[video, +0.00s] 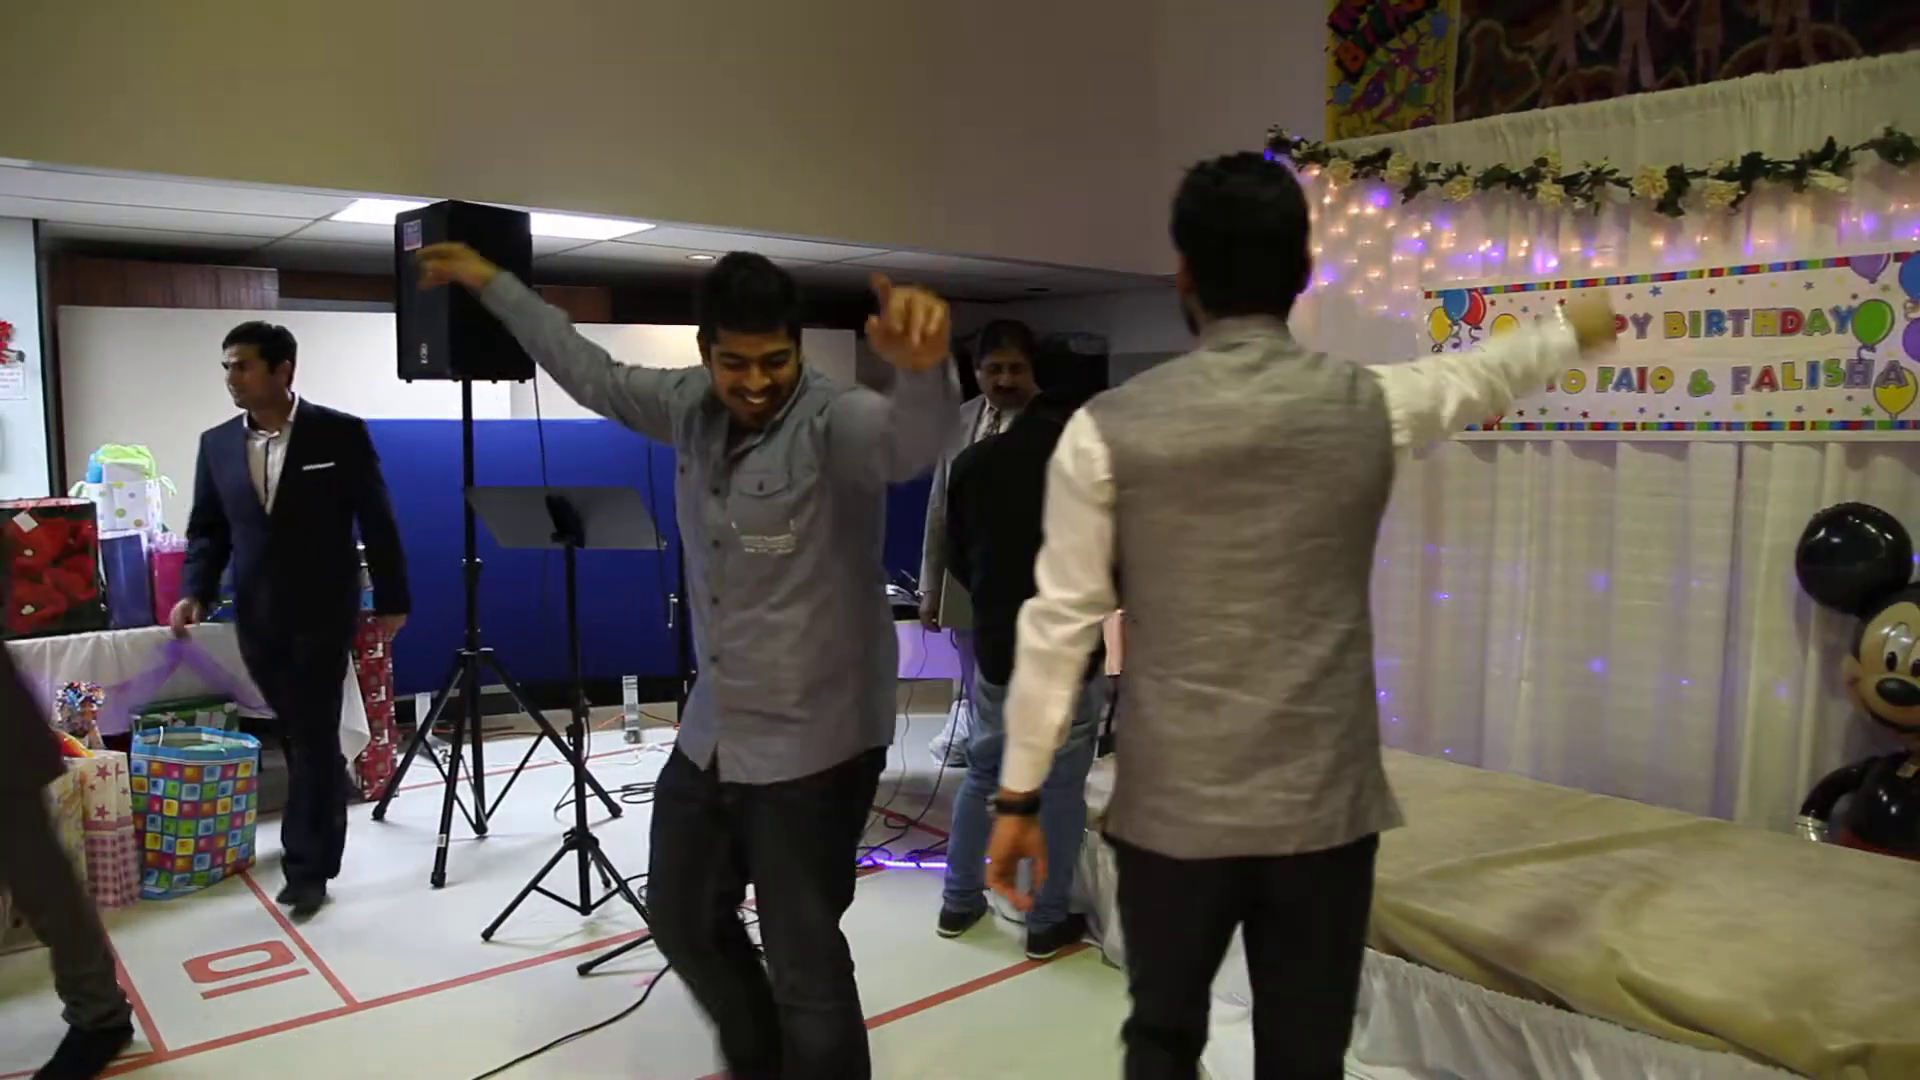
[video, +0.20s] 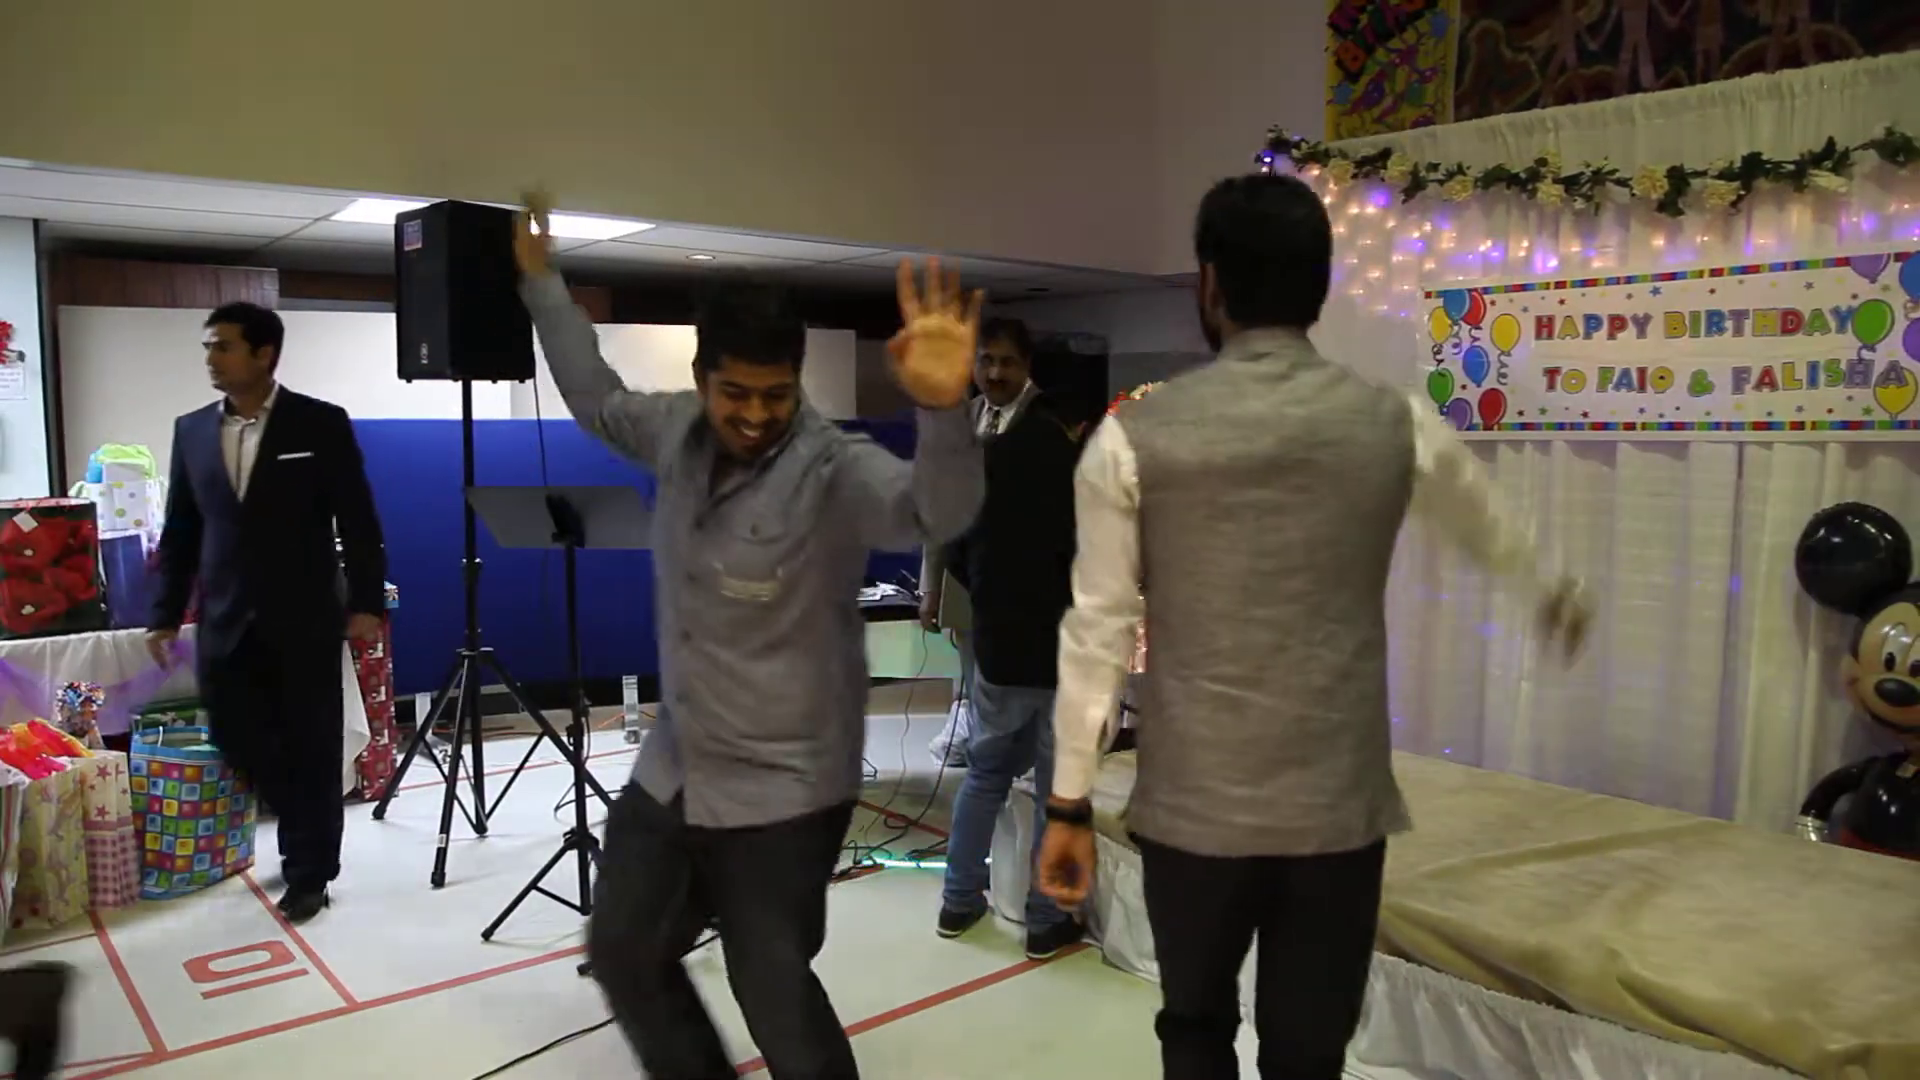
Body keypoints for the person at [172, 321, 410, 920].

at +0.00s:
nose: (230, 378)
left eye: (241, 367)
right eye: (227, 368)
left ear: (282, 370)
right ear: (229, 375)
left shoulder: (341, 435)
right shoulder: (218, 445)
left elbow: (377, 522)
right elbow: (208, 530)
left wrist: (392, 601)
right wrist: (194, 592)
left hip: (324, 609)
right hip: (257, 614)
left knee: (311, 737)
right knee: (299, 732)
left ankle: (307, 872)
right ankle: (327, 831)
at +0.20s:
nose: (211, 357)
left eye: (223, 346)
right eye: (208, 347)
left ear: (265, 354)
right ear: (213, 357)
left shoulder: (322, 425)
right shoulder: (193, 433)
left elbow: (358, 522)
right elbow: (181, 530)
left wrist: (366, 603)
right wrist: (167, 614)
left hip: (303, 619)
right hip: (226, 622)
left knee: (311, 746)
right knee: (240, 739)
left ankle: (308, 877)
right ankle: (307, 819)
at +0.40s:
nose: (172, 356)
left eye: (186, 344)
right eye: (170, 345)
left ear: (232, 352)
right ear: (175, 355)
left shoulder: (291, 426)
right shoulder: (160, 433)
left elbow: (323, 520)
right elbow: (150, 534)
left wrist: (311, 601)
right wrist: (132, 619)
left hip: (273, 633)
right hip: (186, 635)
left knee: (289, 765)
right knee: (190, 783)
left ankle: (304, 879)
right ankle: (186, 923)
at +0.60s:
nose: (108, 363)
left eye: (120, 352)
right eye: (106, 352)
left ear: (170, 358)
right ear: (126, 363)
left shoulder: (233, 440)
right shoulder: (104, 443)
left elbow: (263, 551)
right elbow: (93, 555)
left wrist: (251, 642)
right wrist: (75, 643)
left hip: (205, 661)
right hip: (123, 664)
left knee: (253, 790)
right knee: (126, 818)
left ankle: (301, 869)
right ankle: (125, 959)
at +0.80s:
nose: (25, 357)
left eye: (39, 343)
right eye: (22, 344)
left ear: (93, 344)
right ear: (27, 348)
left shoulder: (163, 430)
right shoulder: (21, 434)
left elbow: (199, 545)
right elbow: (10, 548)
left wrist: (200, 650)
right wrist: (9, 637)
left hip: (124, 656)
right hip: (39, 656)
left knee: (128, 795)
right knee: (72, 815)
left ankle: (207, 884)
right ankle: (121, 957)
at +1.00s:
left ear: (14, 349)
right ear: (17, 351)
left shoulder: (82, 444)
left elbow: (135, 566)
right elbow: (131, 565)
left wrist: (148, 677)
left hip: (48, 679)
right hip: (14, 680)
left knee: (29, 824)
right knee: (54, 814)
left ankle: (126, 949)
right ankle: (124, 950)